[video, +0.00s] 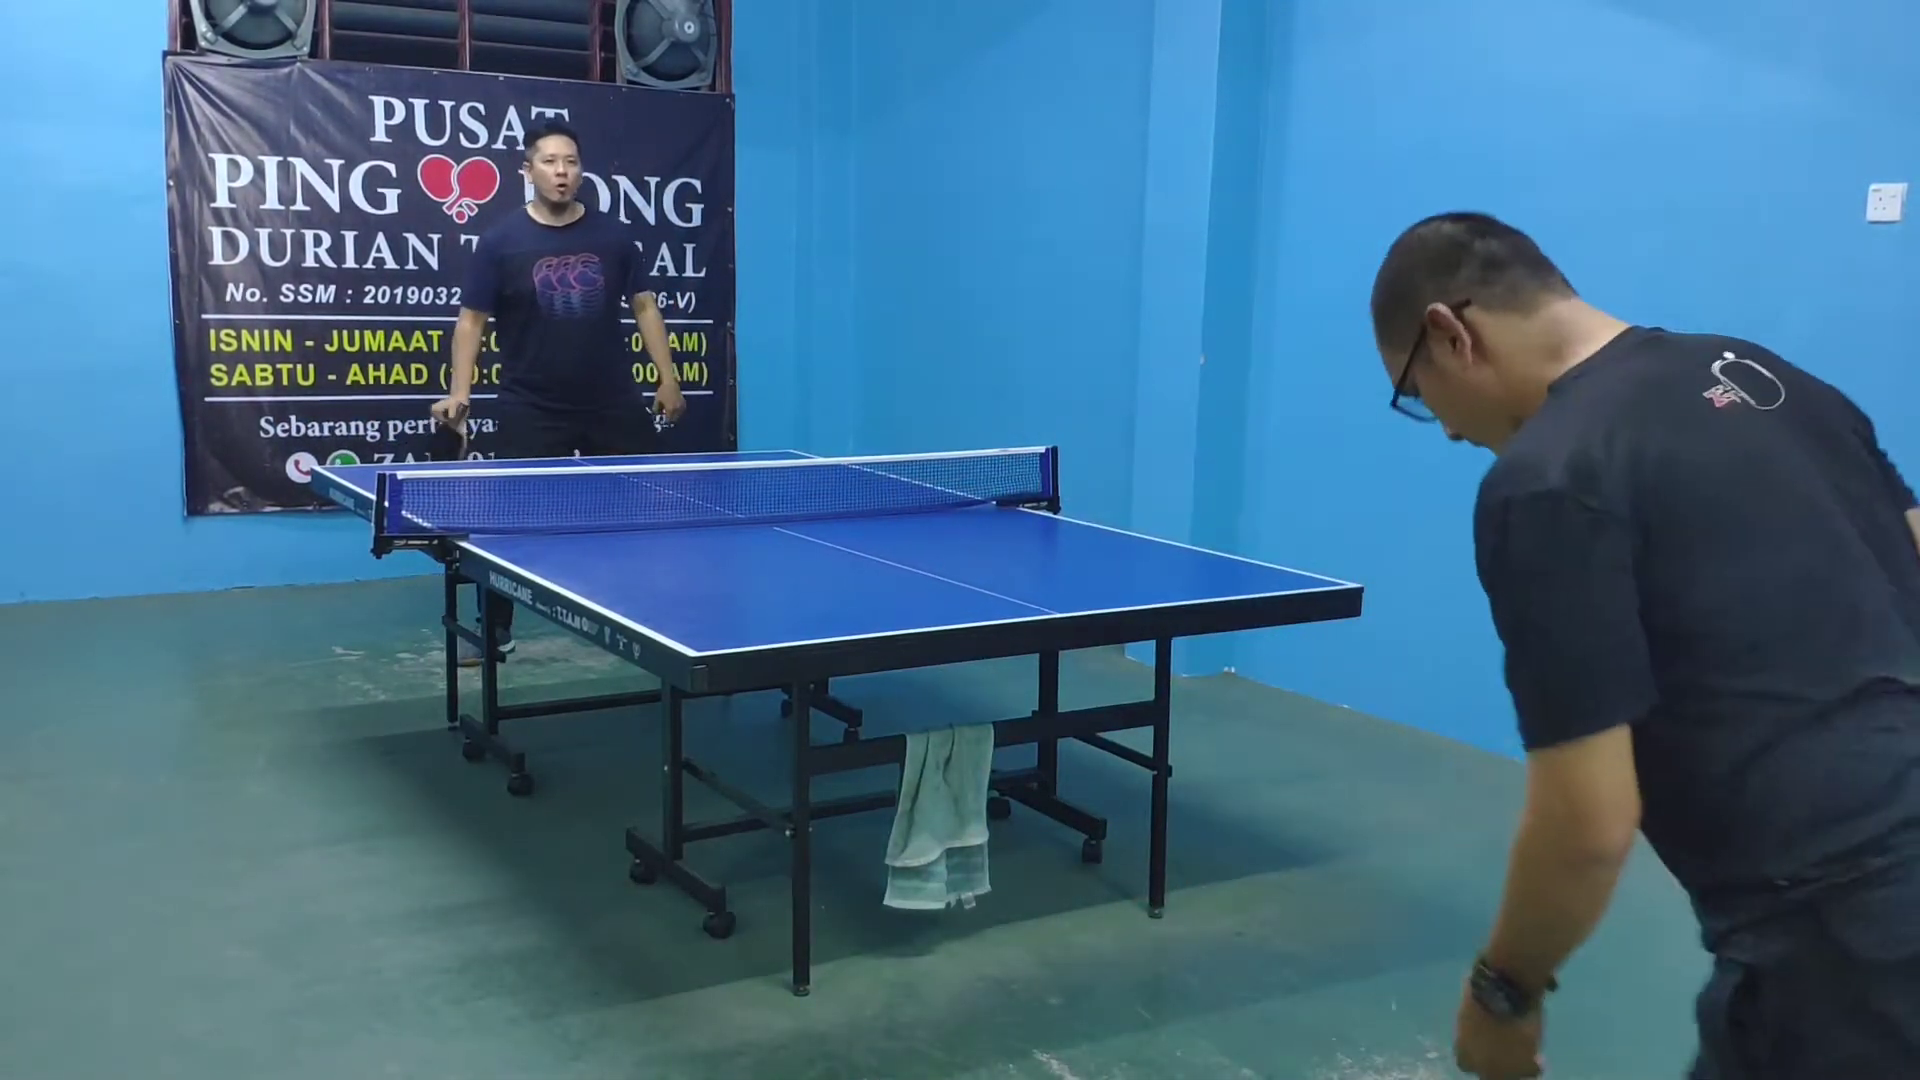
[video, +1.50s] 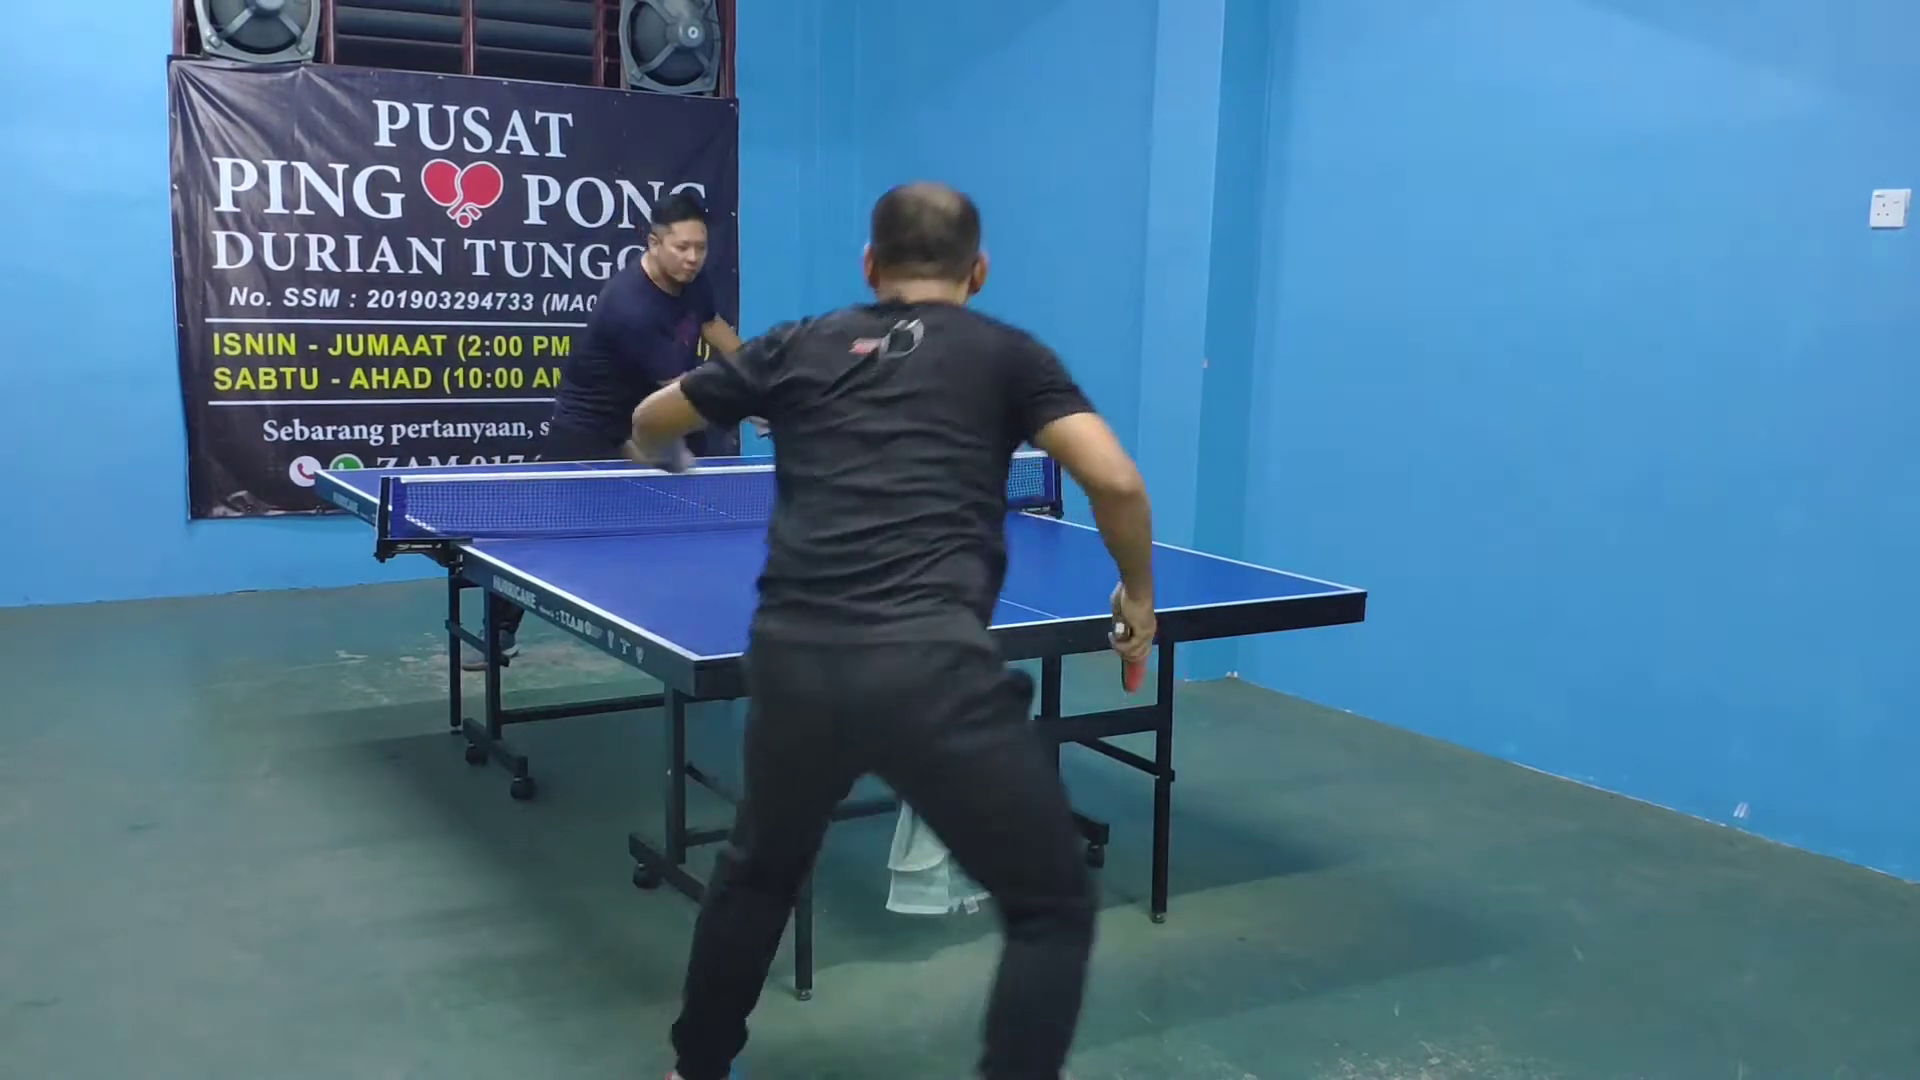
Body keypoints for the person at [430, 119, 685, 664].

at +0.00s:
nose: (562, 171)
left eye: (570, 161)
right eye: (550, 161)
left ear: (581, 169)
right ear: (529, 169)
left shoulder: (613, 236)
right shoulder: (500, 240)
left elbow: (645, 307)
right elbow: (472, 320)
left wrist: (668, 379)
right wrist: (459, 393)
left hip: (611, 403)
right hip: (532, 408)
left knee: (638, 510)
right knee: (512, 516)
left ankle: (649, 627)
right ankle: (495, 627)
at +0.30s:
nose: (593, 175)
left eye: (602, 165)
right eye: (582, 166)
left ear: (615, 172)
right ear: (565, 174)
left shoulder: (653, 237)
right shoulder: (543, 244)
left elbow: (683, 314)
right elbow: (509, 315)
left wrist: (712, 388)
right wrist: (497, 384)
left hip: (646, 408)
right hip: (569, 409)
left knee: (662, 517)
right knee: (530, 513)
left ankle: (675, 630)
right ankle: (497, 626)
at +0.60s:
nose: (606, 179)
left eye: (615, 169)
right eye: (594, 169)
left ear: (626, 179)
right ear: (574, 177)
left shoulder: (661, 242)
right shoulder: (551, 244)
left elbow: (688, 316)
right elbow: (550, 320)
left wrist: (658, 341)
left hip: (644, 403)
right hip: (575, 403)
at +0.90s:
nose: (614, 186)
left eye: (623, 177)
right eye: (603, 176)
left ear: (634, 184)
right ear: (581, 182)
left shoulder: (662, 246)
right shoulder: (552, 245)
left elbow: (690, 315)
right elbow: (514, 313)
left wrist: (672, 345)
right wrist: (522, 358)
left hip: (646, 406)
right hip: (570, 406)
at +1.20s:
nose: (640, 201)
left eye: (649, 191)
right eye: (630, 191)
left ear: (658, 195)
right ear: (606, 192)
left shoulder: (680, 254)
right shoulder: (573, 252)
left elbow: (705, 319)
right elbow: (535, 321)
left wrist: (703, 352)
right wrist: (566, 357)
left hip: (658, 418)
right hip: (581, 416)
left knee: (680, 523)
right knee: (537, 517)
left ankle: (677, 628)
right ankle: (501, 627)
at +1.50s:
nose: (692, 258)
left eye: (699, 247)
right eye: (682, 246)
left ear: (706, 247)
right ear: (652, 243)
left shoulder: (692, 280)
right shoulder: (628, 305)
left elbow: (715, 329)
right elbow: (686, 387)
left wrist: (757, 381)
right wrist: (742, 405)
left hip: (653, 426)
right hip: (586, 429)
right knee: (533, 525)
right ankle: (499, 632)